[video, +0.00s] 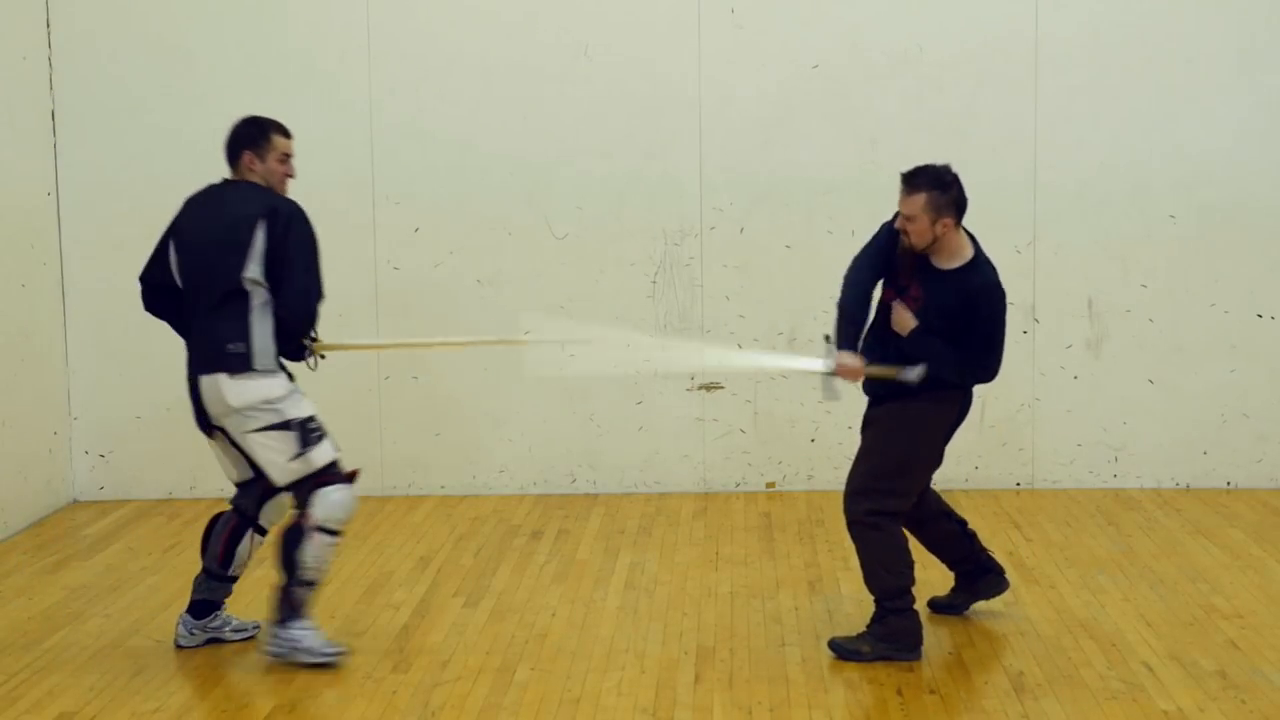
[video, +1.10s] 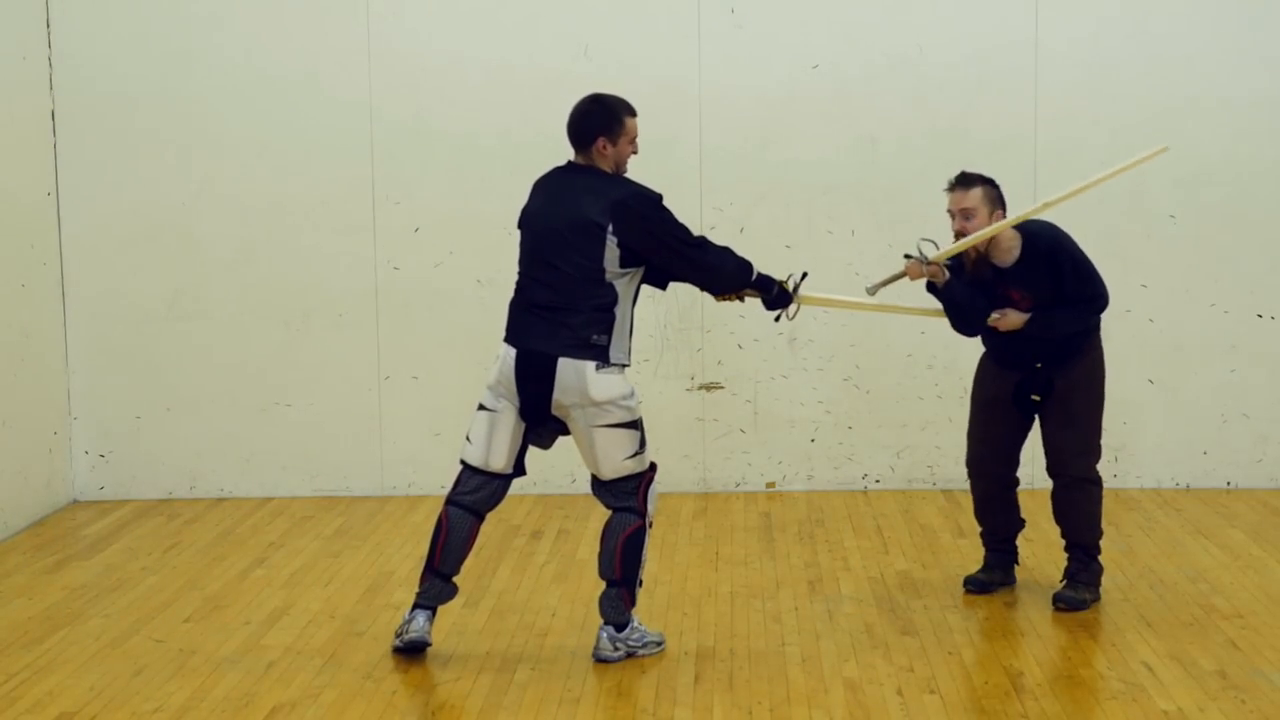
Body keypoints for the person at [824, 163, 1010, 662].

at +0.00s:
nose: (900, 226)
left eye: (911, 220)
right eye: (901, 216)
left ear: (946, 224)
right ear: (905, 208)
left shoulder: (980, 287)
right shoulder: (902, 233)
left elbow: (983, 368)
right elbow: (859, 276)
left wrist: (915, 334)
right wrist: (848, 346)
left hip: (935, 400)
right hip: (888, 388)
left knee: (868, 503)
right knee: (903, 493)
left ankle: (896, 628)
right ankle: (979, 572)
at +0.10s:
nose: (904, 218)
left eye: (915, 211)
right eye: (904, 208)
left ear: (949, 215)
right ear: (908, 201)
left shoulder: (986, 283)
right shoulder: (902, 232)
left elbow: (990, 363)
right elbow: (865, 274)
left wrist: (925, 326)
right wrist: (891, 299)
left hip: (938, 404)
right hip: (888, 393)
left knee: (872, 501)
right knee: (892, 497)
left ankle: (897, 629)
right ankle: (978, 572)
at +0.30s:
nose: (908, 195)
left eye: (918, 187)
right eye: (909, 185)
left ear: (951, 194)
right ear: (929, 193)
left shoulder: (996, 252)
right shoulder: (916, 239)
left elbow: (993, 330)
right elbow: (885, 280)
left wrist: (936, 283)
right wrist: (891, 230)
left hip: (957, 399)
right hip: (903, 393)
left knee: (891, 497)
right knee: (881, 495)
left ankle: (896, 628)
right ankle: (958, 574)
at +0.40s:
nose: (901, 187)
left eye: (912, 179)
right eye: (903, 177)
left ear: (946, 186)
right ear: (931, 187)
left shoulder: (995, 223)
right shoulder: (920, 230)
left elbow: (1017, 293)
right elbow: (895, 270)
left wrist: (951, 267)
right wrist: (873, 217)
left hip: (987, 371)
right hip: (929, 367)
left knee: (939, 479)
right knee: (907, 478)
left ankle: (902, 602)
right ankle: (964, 577)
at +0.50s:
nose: (904, 177)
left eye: (914, 165)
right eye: (903, 167)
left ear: (948, 169)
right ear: (933, 175)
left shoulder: (1005, 206)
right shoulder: (925, 224)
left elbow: (1048, 271)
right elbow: (908, 266)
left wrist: (975, 290)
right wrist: (868, 220)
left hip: (1020, 352)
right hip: (959, 355)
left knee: (981, 463)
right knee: (945, 470)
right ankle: (969, 586)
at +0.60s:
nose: (918, 175)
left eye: (929, 166)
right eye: (918, 168)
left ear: (963, 176)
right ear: (925, 182)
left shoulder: (1014, 214)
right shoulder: (935, 237)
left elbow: (1066, 273)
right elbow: (921, 282)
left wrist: (997, 301)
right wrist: (883, 233)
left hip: (1045, 362)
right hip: (983, 363)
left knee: (1038, 476)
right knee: (964, 472)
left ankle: (1073, 565)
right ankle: (974, 586)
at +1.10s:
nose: (958, 225)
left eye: (968, 215)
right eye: (953, 216)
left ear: (997, 214)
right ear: (951, 218)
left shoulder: (1046, 241)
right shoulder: (962, 262)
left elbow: (1095, 299)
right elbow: (970, 324)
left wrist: (1030, 320)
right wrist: (941, 281)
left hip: (1071, 362)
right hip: (1004, 362)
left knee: (1073, 465)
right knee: (987, 461)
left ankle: (1083, 571)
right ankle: (999, 561)